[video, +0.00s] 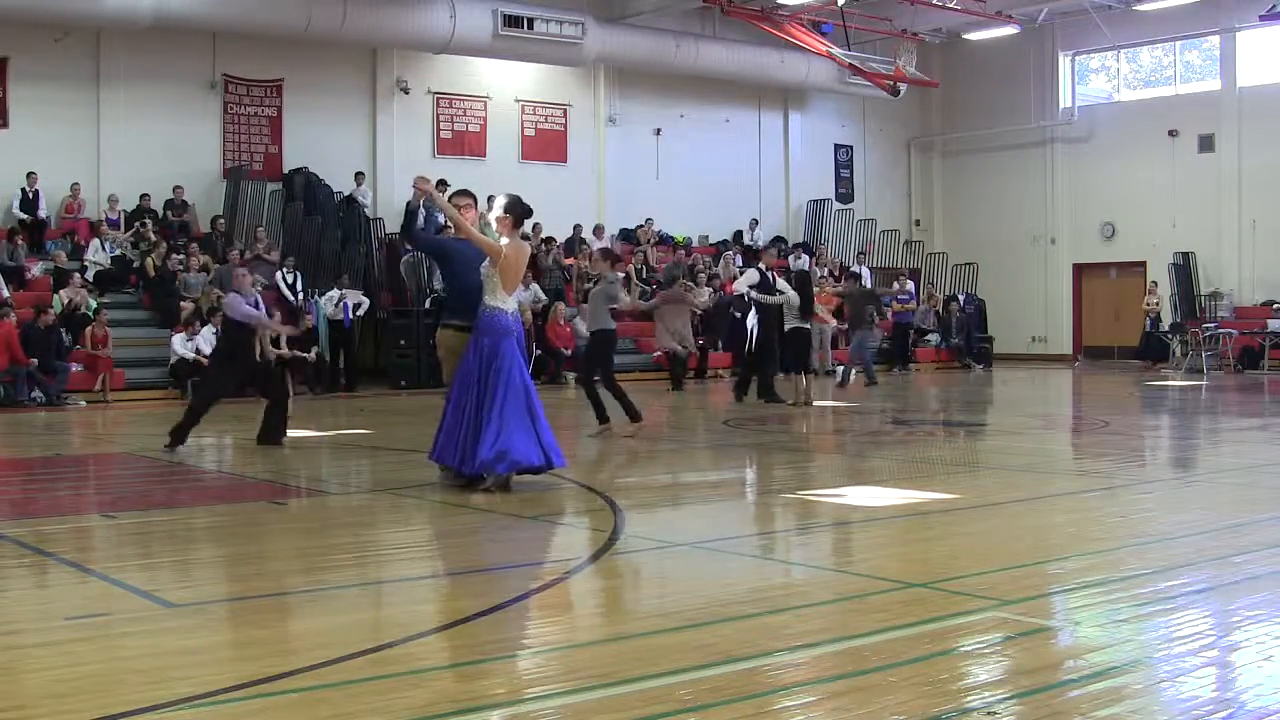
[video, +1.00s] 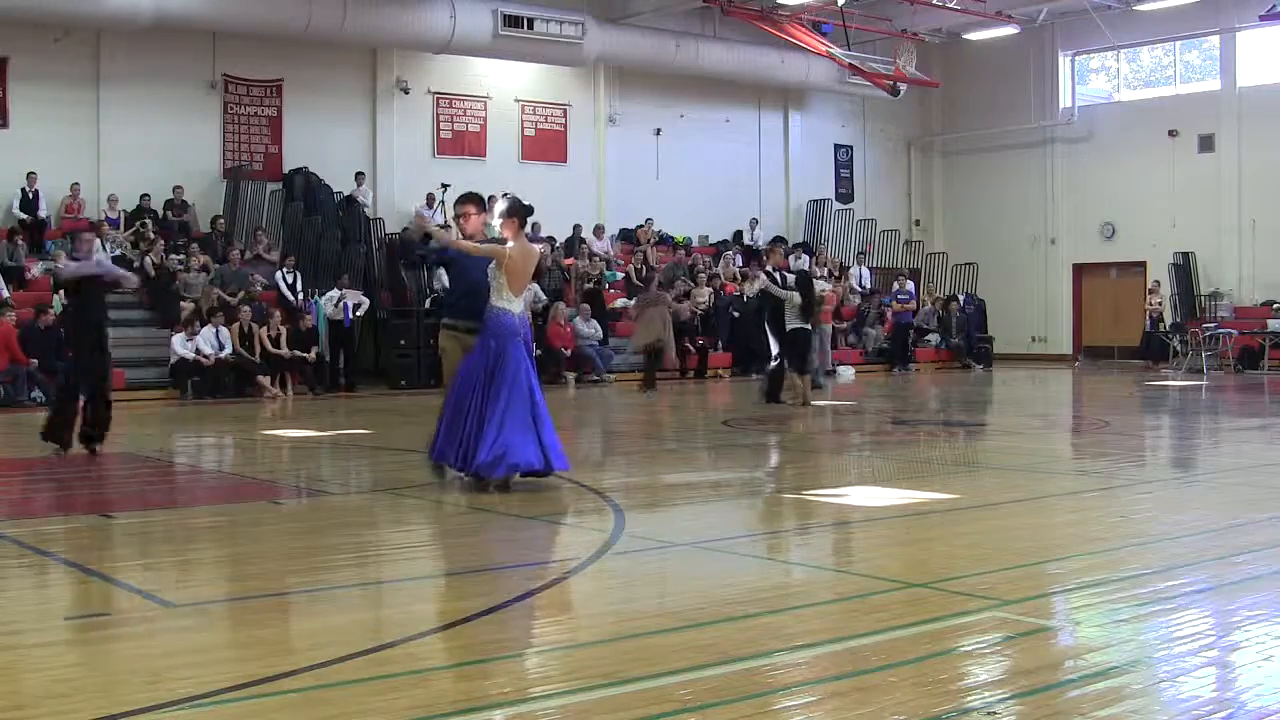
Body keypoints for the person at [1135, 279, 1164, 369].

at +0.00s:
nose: (1151, 289)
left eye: (1153, 287)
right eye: (1150, 287)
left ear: (1156, 288)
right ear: (1148, 288)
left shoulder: (1160, 297)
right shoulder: (1147, 297)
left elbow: (1159, 308)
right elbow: (1143, 307)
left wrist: (1148, 309)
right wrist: (1153, 308)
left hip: (1156, 317)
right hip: (1148, 318)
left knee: (1156, 337)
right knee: (1147, 337)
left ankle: (1154, 359)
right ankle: (1146, 360)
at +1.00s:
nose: (1153, 288)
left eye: (1155, 286)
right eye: (1152, 286)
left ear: (1159, 287)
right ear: (1151, 287)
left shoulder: (1162, 297)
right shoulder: (1149, 297)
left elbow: (1162, 308)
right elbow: (1146, 306)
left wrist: (1151, 308)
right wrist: (1156, 307)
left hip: (1159, 318)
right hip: (1150, 318)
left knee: (1158, 338)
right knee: (1149, 337)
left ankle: (1156, 360)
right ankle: (1148, 360)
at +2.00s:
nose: (1153, 287)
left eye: (1154, 286)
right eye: (1152, 286)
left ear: (1158, 287)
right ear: (1151, 287)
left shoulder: (1160, 296)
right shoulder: (1148, 296)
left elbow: (1161, 308)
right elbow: (1145, 306)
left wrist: (1150, 309)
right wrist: (1156, 307)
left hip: (1157, 318)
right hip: (1149, 318)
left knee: (1156, 338)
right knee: (1149, 337)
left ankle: (1156, 360)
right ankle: (1150, 360)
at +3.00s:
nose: (1152, 288)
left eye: (1154, 286)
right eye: (1151, 286)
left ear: (1157, 287)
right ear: (1150, 287)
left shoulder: (1160, 296)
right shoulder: (1148, 296)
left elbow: (1160, 308)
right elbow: (1144, 306)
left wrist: (1149, 308)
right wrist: (1155, 307)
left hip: (1157, 318)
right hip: (1149, 319)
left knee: (1156, 339)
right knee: (1148, 338)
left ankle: (1156, 362)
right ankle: (1149, 361)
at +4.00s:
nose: (1151, 288)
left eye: (1153, 286)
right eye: (1150, 286)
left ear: (1157, 287)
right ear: (1149, 287)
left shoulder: (1159, 296)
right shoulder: (1147, 296)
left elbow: (1160, 308)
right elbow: (1143, 306)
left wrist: (1149, 308)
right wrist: (1153, 307)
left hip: (1156, 318)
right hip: (1148, 318)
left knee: (1156, 338)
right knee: (1148, 337)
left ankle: (1156, 361)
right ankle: (1149, 360)